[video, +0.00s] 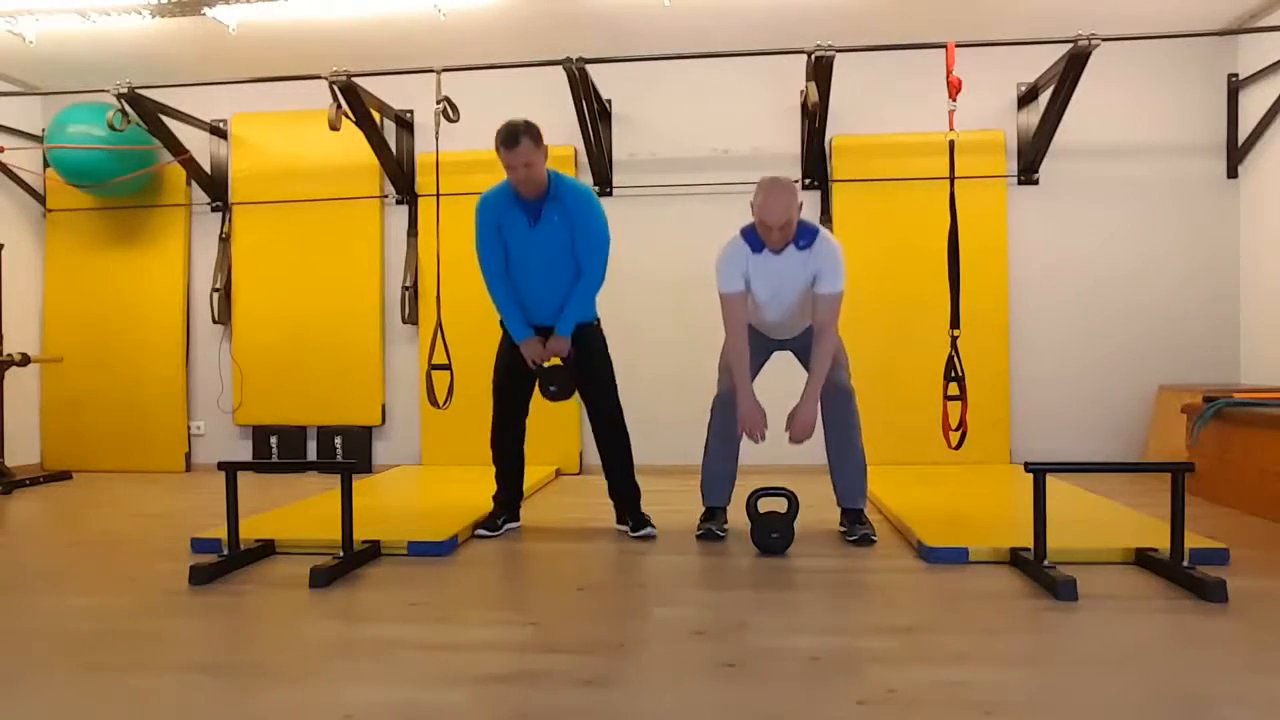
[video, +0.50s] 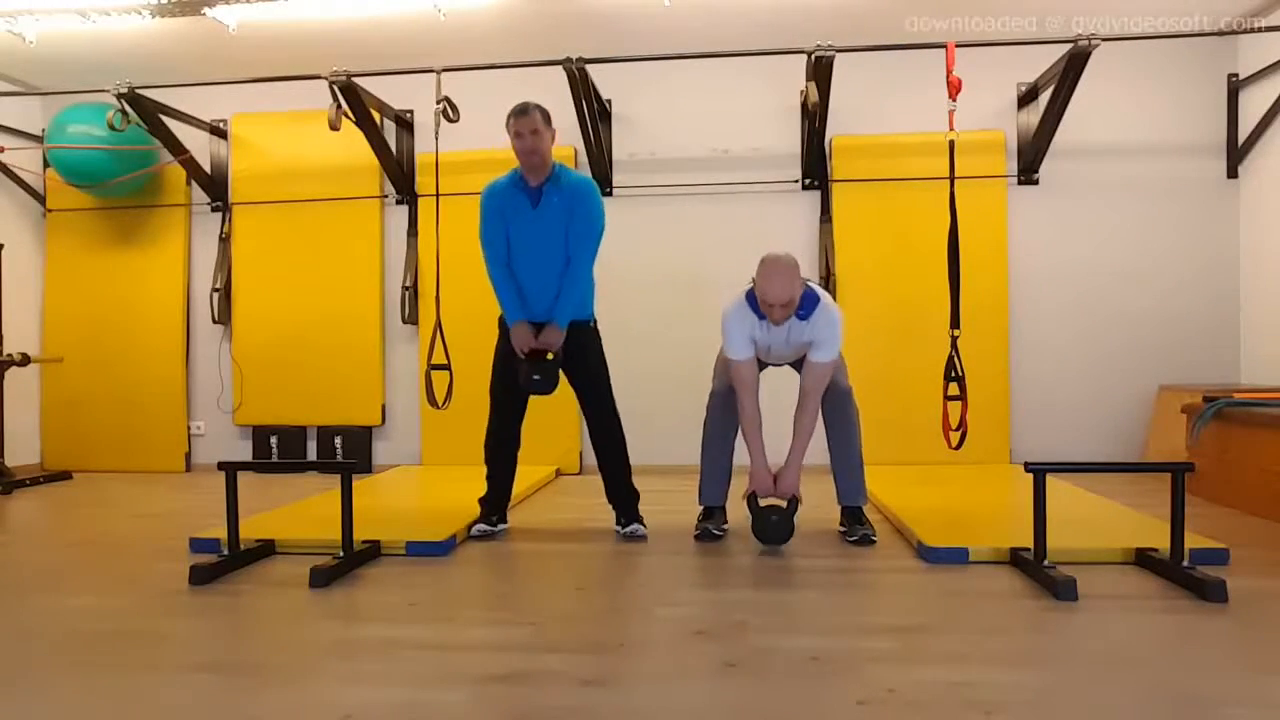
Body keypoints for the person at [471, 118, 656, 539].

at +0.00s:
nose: (519, 175)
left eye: (526, 165)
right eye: (510, 167)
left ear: (544, 153)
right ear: (500, 164)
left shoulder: (580, 200)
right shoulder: (491, 207)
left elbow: (593, 272)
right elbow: (496, 279)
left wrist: (566, 330)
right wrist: (523, 335)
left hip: (578, 324)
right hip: (520, 328)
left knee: (607, 416)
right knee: (506, 423)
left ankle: (629, 511)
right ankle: (506, 510)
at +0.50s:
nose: (528, 141)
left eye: (535, 132)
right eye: (519, 135)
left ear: (552, 136)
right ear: (510, 141)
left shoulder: (582, 190)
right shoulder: (496, 196)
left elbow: (582, 262)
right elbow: (496, 264)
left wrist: (560, 322)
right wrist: (515, 321)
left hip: (573, 322)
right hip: (517, 324)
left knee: (603, 418)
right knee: (503, 422)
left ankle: (627, 514)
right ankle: (493, 512)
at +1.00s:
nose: (527, 186)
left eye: (536, 177)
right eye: (519, 178)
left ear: (555, 181)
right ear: (511, 185)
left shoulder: (587, 233)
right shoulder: (496, 235)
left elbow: (589, 313)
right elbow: (507, 311)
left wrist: (568, 373)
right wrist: (530, 368)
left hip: (582, 341)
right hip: (524, 343)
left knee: (620, 408)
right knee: (487, 410)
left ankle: (630, 514)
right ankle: (492, 512)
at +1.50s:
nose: (533, 152)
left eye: (541, 145)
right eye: (525, 146)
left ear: (558, 155)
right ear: (515, 157)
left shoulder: (586, 214)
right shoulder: (495, 216)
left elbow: (582, 292)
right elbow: (501, 290)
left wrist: (559, 353)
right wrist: (518, 350)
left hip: (573, 334)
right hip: (516, 335)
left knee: (613, 413)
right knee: (482, 414)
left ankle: (629, 516)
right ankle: (491, 513)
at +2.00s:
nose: (549, 135)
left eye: (557, 130)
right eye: (542, 132)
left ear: (572, 140)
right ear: (530, 141)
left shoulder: (591, 181)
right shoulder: (517, 182)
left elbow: (564, 158)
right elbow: (491, 178)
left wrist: (537, 134)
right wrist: (495, 140)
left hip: (574, 313)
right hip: (521, 311)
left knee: (600, 414)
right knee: (505, 414)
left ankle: (630, 517)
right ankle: (494, 514)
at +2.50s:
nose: (543, 156)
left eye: (551, 150)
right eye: (536, 151)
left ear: (567, 161)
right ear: (525, 164)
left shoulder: (593, 218)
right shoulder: (507, 217)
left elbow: (585, 284)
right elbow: (505, 281)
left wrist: (560, 338)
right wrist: (517, 335)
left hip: (581, 335)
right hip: (525, 336)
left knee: (622, 410)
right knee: (489, 411)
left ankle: (631, 514)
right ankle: (493, 512)